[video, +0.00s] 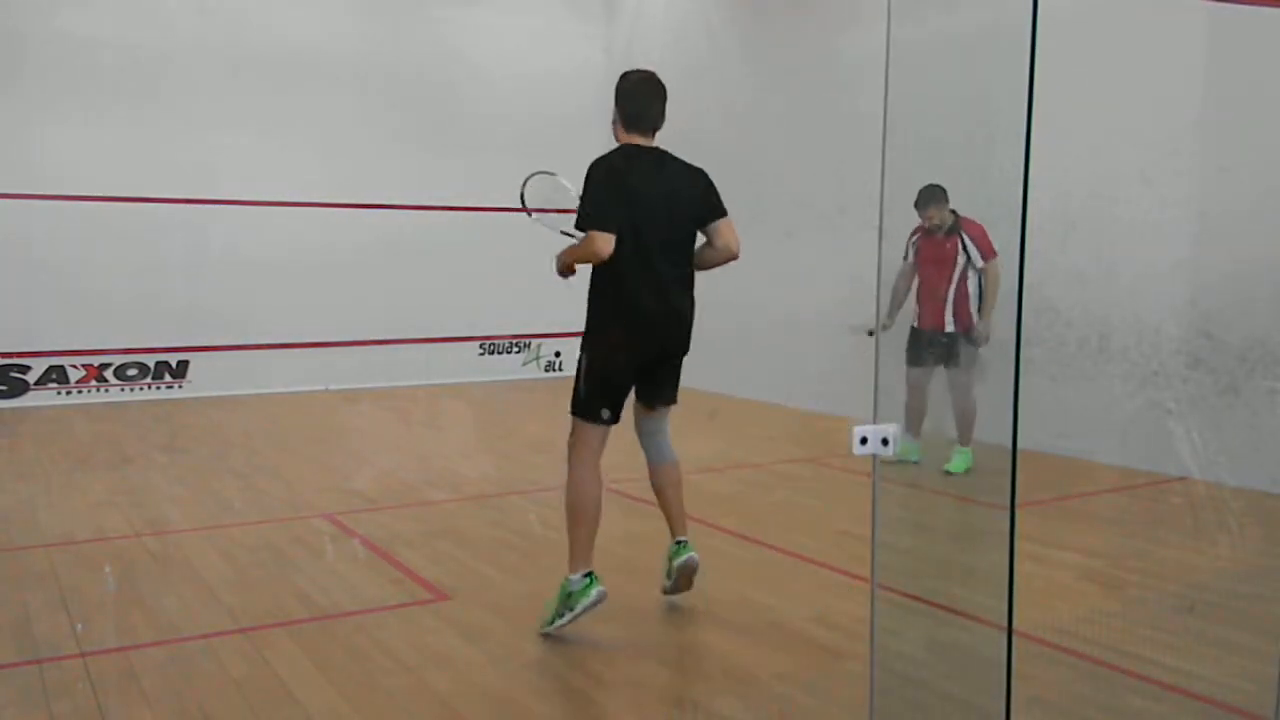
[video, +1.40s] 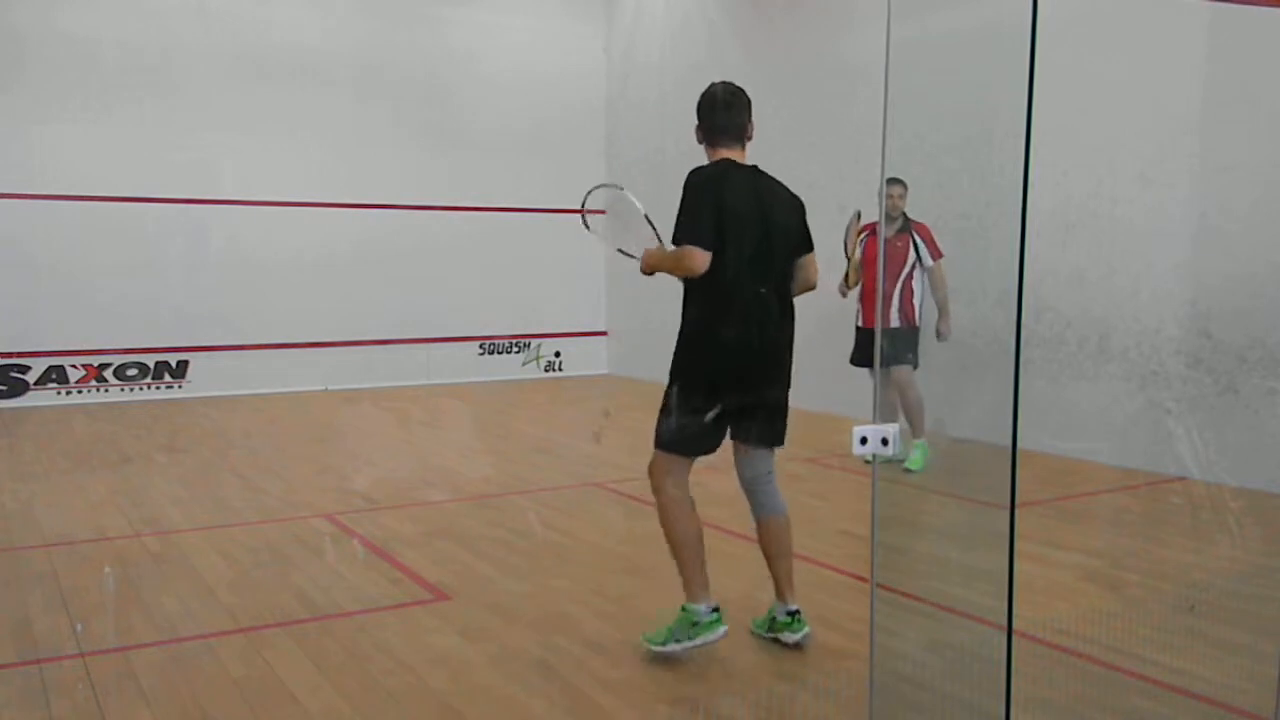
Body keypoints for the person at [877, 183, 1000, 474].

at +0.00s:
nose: (927, 223)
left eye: (932, 217)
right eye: (923, 218)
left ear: (946, 208)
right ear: (919, 214)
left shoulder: (970, 232)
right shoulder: (918, 237)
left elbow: (992, 271)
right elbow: (906, 275)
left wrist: (985, 319)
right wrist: (891, 314)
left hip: (960, 330)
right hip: (924, 328)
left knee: (961, 388)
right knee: (915, 385)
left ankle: (963, 450)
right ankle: (910, 443)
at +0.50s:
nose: (922, 220)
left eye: (927, 214)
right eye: (917, 215)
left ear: (940, 207)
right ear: (912, 212)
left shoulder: (960, 232)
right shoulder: (908, 237)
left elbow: (974, 273)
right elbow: (898, 279)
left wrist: (949, 306)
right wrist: (889, 320)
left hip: (948, 330)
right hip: (912, 328)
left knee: (955, 386)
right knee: (899, 382)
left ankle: (962, 448)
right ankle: (895, 442)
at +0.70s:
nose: (914, 207)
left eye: (919, 202)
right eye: (909, 203)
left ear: (929, 202)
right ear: (902, 206)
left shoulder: (943, 231)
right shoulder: (892, 236)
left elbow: (951, 273)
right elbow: (886, 279)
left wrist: (908, 290)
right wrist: (881, 319)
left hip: (933, 328)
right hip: (897, 327)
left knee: (945, 384)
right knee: (892, 382)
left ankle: (960, 447)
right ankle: (894, 443)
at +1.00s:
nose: (900, 203)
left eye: (905, 198)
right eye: (895, 198)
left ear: (913, 200)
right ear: (887, 201)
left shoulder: (924, 233)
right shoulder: (876, 233)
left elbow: (932, 279)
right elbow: (865, 274)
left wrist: (932, 320)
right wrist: (856, 308)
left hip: (909, 324)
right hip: (879, 324)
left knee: (914, 379)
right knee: (886, 382)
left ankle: (945, 440)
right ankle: (890, 443)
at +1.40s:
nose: (893, 202)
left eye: (898, 197)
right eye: (888, 197)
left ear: (906, 201)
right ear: (880, 199)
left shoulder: (918, 233)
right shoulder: (866, 233)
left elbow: (935, 273)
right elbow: (856, 267)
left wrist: (943, 315)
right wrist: (847, 281)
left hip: (902, 322)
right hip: (870, 322)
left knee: (901, 376)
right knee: (881, 381)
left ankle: (919, 441)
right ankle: (885, 442)